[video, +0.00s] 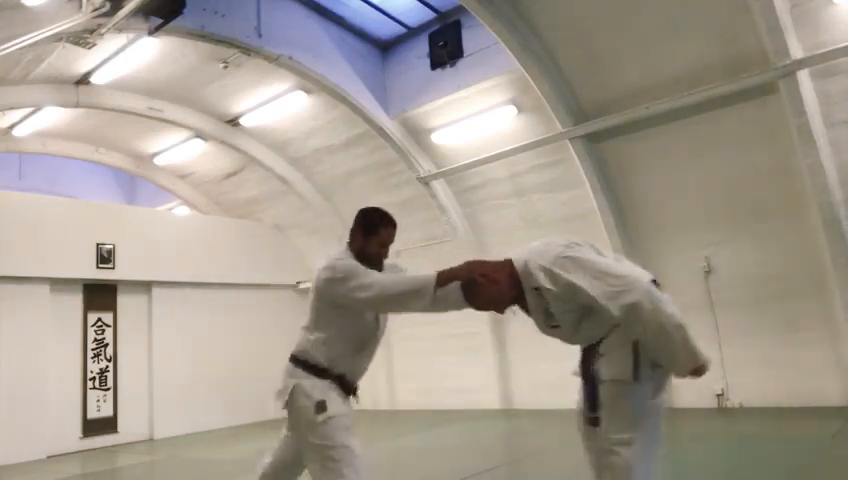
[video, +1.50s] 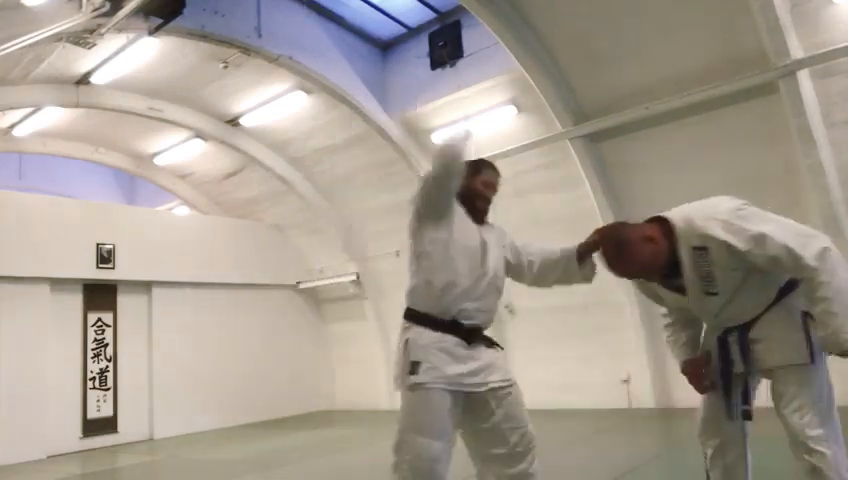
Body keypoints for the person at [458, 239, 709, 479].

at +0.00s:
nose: (499, 310)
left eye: (490, 303)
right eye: (490, 309)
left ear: (488, 278)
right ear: (488, 276)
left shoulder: (551, 264)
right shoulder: (528, 285)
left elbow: (636, 296)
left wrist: (684, 357)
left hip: (629, 330)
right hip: (601, 341)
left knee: (620, 440)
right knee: (596, 431)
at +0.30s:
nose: (524, 315)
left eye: (515, 307)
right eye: (515, 313)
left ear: (518, 280)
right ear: (519, 278)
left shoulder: (575, 269)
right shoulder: (559, 284)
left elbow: (652, 311)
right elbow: (615, 317)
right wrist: (610, 367)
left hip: (676, 320)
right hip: (646, 328)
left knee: (658, 438)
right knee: (647, 436)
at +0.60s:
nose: (546, 297)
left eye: (541, 292)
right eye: (538, 295)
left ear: (547, 269)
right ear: (544, 264)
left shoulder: (605, 257)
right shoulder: (577, 261)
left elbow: (615, 340)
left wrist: (561, 376)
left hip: (689, 319)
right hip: (658, 325)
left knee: (673, 437)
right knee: (649, 434)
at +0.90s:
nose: (575, 293)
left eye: (570, 286)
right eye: (567, 291)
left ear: (577, 261)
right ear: (576, 259)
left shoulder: (642, 250)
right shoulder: (598, 269)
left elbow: (725, 291)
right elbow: (628, 316)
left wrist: (717, 371)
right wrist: (634, 356)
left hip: (717, 327)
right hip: (674, 341)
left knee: (708, 435)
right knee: (667, 431)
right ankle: (681, 475)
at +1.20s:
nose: (599, 284)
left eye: (595, 275)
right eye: (590, 282)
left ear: (601, 243)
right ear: (596, 247)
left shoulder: (664, 231)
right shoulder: (611, 278)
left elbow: (761, 253)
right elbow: (639, 310)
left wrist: (826, 313)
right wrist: (642, 351)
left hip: (730, 313)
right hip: (682, 333)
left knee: (752, 422)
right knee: (690, 429)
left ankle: (779, 472)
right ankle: (711, 475)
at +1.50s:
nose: (648, 280)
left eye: (645, 270)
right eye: (638, 277)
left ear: (651, 238)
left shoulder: (716, 224)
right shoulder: (644, 273)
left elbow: (818, 254)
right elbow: (677, 312)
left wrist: (837, 338)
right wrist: (687, 358)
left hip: (782, 310)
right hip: (724, 329)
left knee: (804, 426)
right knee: (718, 432)